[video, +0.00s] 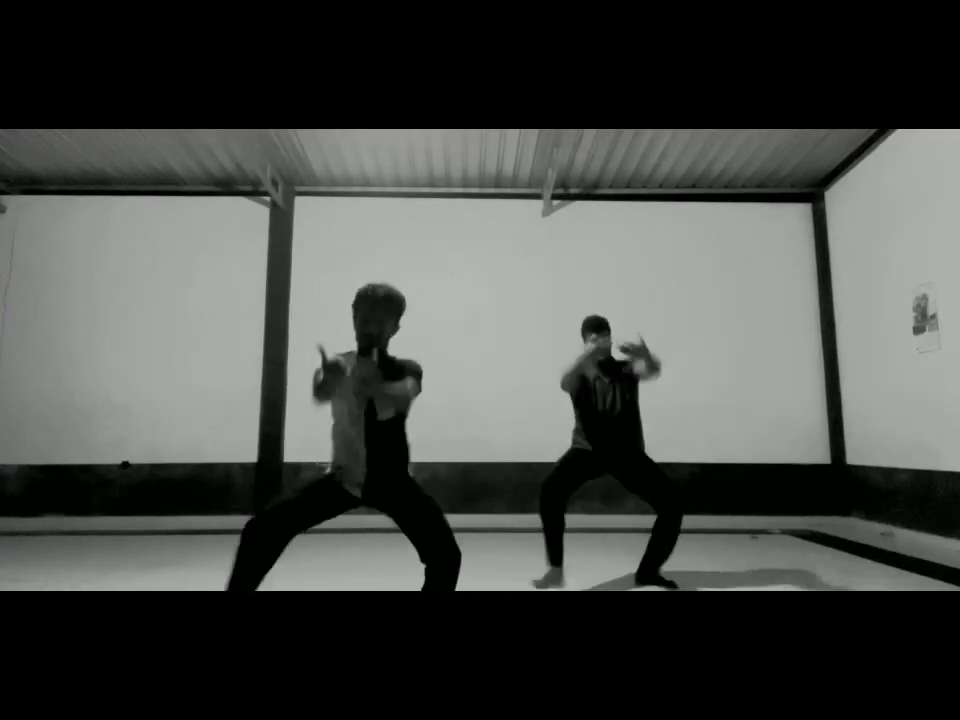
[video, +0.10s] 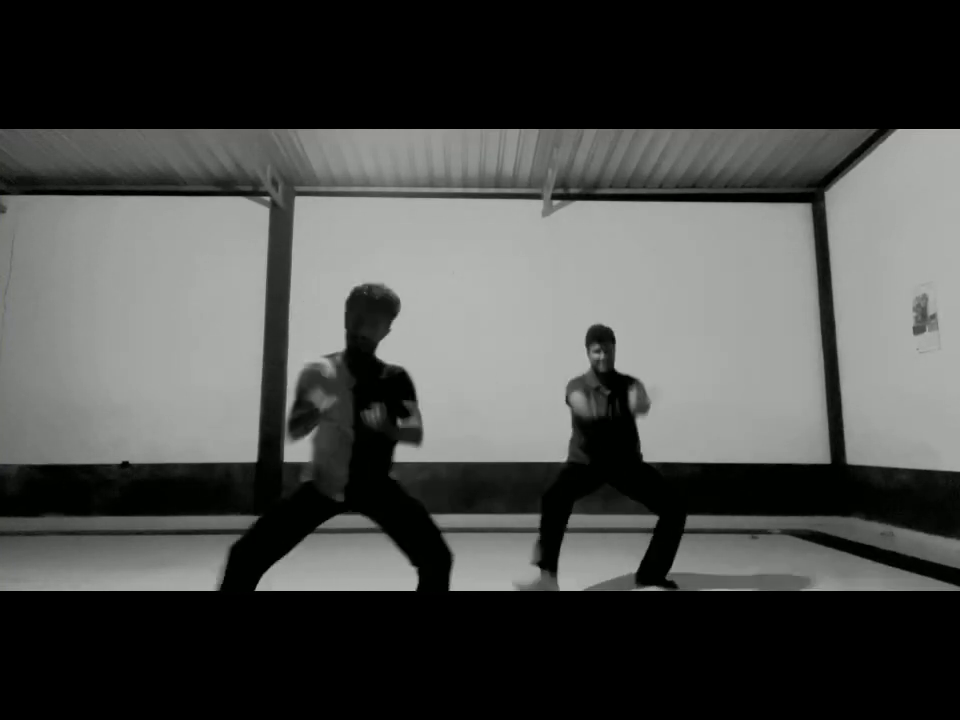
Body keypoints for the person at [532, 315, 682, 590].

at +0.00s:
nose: (601, 341)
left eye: (604, 335)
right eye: (595, 336)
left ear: (611, 337)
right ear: (585, 341)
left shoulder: (626, 369)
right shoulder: (579, 373)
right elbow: (567, 383)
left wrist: (645, 356)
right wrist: (587, 354)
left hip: (627, 454)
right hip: (587, 453)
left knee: (671, 505)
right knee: (551, 493)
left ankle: (648, 573)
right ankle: (555, 570)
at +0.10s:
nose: (602, 357)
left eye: (606, 350)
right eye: (596, 351)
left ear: (614, 351)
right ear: (588, 354)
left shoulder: (629, 384)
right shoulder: (578, 385)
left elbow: (641, 405)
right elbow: (580, 404)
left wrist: (637, 403)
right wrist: (592, 405)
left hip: (625, 466)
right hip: (585, 467)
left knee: (673, 507)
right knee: (554, 499)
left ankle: (650, 576)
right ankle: (547, 575)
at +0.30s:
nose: (595, 358)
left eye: (601, 352)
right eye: (591, 351)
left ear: (608, 353)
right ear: (582, 349)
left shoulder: (616, 391)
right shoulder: (562, 386)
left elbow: (644, 430)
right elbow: (549, 428)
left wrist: (634, 435)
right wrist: (592, 437)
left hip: (599, 465)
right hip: (561, 465)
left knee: (651, 505)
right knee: (530, 511)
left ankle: (649, 574)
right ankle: (547, 582)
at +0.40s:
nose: (593, 347)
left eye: (600, 342)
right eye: (589, 339)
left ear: (607, 343)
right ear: (580, 335)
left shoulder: (609, 375)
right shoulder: (555, 367)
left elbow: (652, 397)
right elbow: (518, 386)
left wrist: (631, 406)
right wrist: (548, 397)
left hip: (586, 449)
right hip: (549, 450)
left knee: (633, 503)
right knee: (536, 517)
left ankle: (628, 575)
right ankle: (543, 588)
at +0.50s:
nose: (591, 345)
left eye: (599, 341)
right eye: (589, 337)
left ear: (605, 341)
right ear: (581, 329)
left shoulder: (608, 362)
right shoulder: (553, 351)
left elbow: (653, 356)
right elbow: (508, 342)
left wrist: (650, 389)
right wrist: (527, 378)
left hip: (579, 441)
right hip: (543, 438)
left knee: (604, 497)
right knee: (533, 504)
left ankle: (572, 562)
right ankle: (528, 576)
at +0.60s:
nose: (591, 352)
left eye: (597, 349)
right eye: (589, 344)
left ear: (605, 350)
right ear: (581, 336)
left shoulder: (606, 369)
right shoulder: (550, 355)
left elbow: (652, 369)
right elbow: (506, 342)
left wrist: (688, 403)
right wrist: (480, 368)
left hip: (572, 450)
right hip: (537, 443)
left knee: (561, 518)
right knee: (519, 508)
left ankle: (540, 579)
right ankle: (502, 566)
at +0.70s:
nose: (589, 362)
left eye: (597, 359)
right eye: (588, 353)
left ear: (603, 363)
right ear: (580, 347)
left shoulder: (601, 392)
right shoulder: (546, 360)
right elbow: (504, 345)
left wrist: (695, 440)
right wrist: (464, 332)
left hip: (564, 461)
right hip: (529, 450)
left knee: (549, 518)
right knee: (508, 506)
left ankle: (533, 577)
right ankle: (518, 528)